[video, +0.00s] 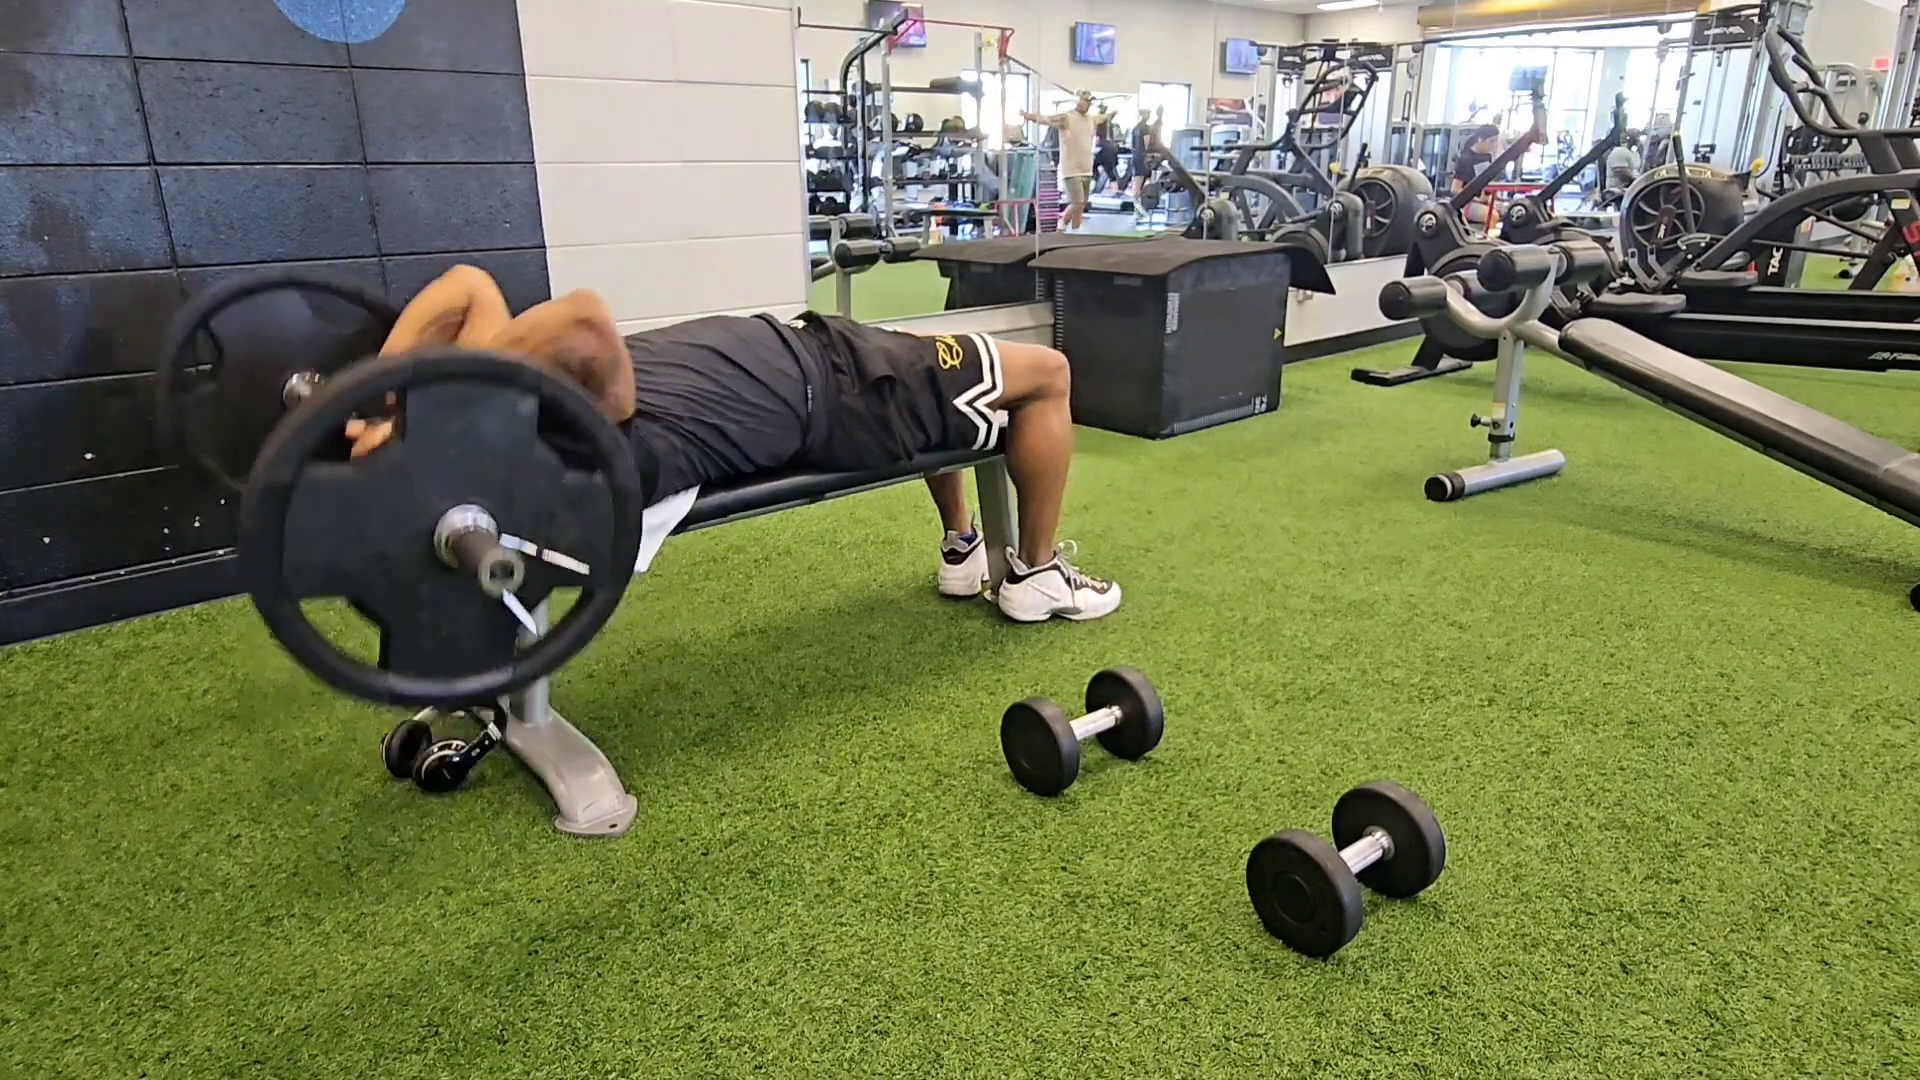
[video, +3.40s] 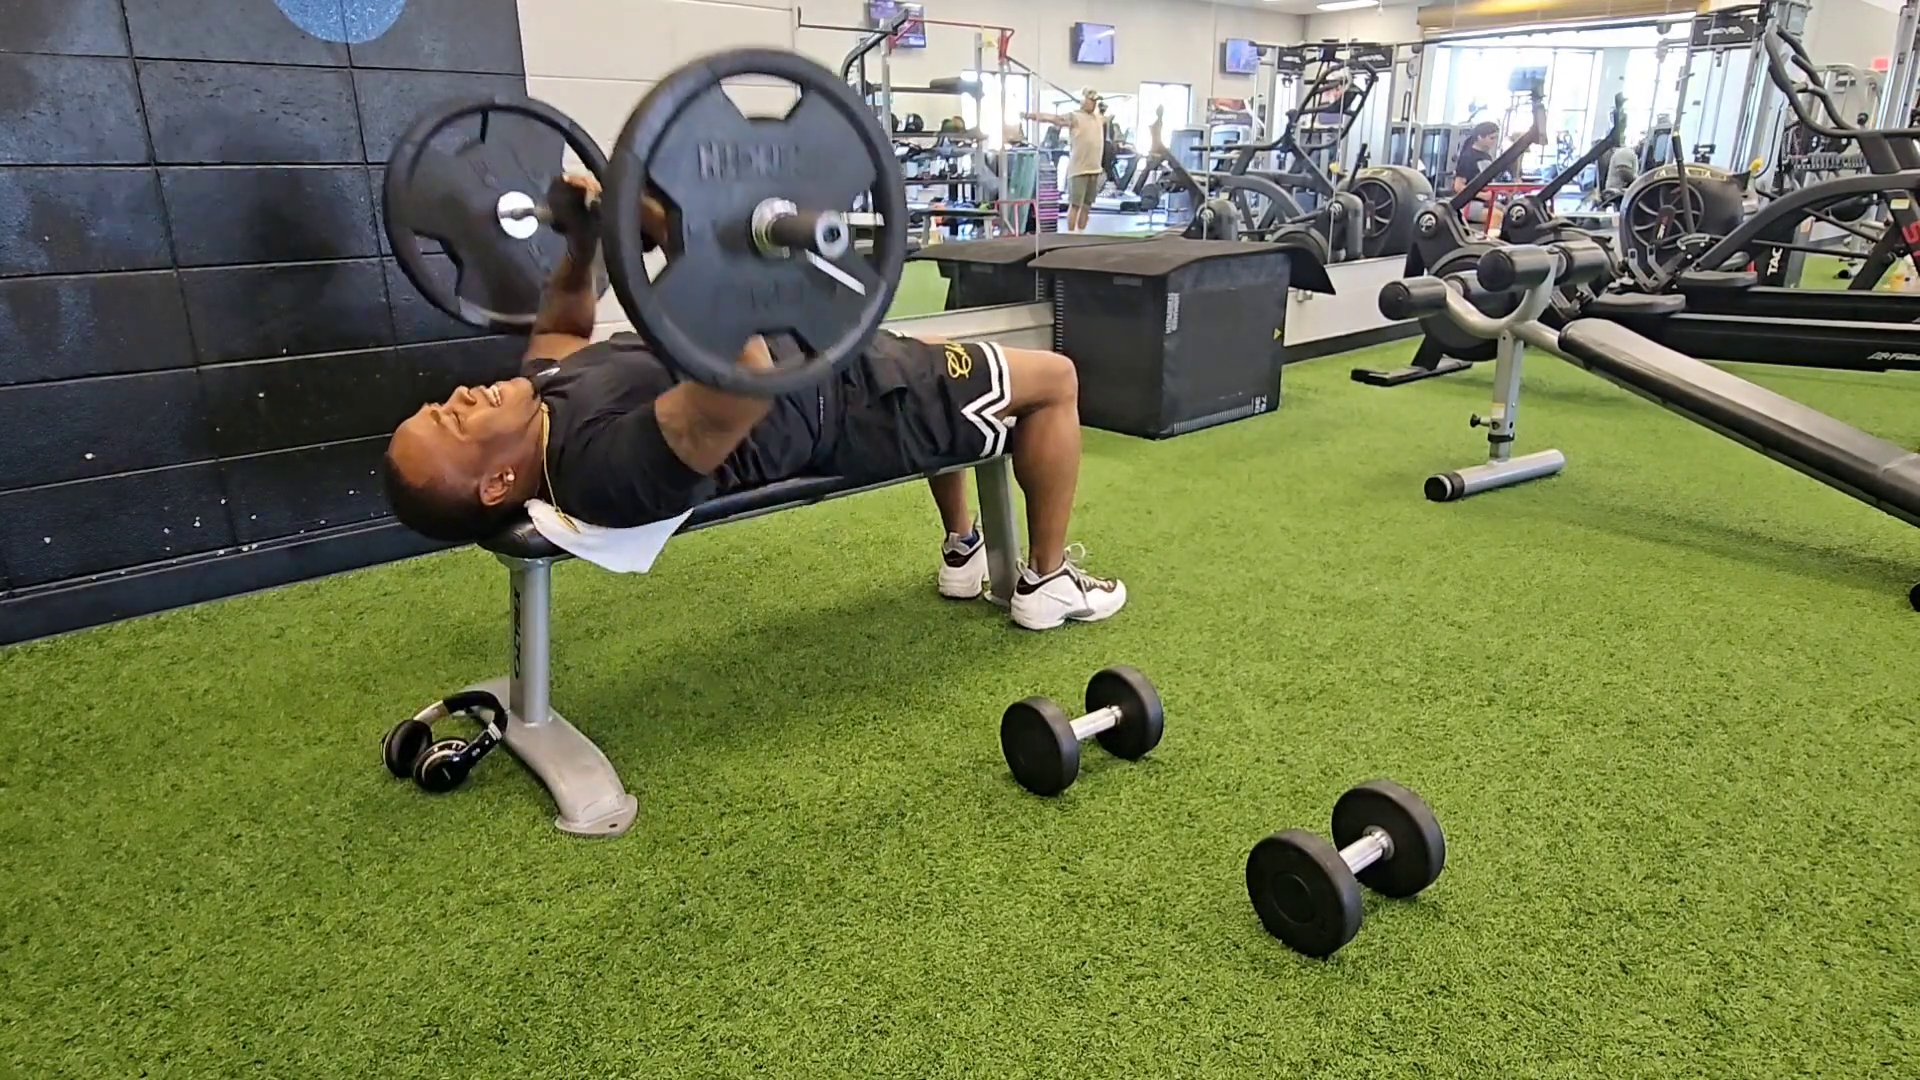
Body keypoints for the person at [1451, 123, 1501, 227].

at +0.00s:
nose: (1495, 145)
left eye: (1496, 141)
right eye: (1492, 141)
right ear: (1480, 140)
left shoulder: (1488, 157)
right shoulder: (1466, 158)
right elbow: (1455, 188)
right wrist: (1479, 198)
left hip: (1486, 199)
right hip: (1468, 202)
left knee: (1509, 209)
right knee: (1492, 215)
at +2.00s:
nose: (1488, 136)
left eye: (1488, 132)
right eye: (1483, 133)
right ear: (1471, 137)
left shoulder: (1484, 156)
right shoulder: (1464, 157)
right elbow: (1455, 185)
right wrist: (1480, 195)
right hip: (1469, 203)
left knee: (1508, 212)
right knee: (1496, 215)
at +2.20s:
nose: (1489, 136)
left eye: (1490, 132)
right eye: (1485, 133)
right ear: (1473, 137)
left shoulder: (1485, 156)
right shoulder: (1465, 157)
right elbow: (1454, 185)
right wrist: (1478, 195)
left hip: (1488, 201)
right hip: (1469, 202)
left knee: (1508, 212)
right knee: (1496, 215)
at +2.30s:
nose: (1490, 136)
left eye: (1490, 132)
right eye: (1485, 133)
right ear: (1473, 137)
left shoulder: (1485, 155)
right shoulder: (1465, 156)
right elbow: (1454, 185)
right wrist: (1479, 195)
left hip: (1488, 201)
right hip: (1469, 203)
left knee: (1509, 212)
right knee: (1496, 215)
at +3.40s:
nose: (1494, 141)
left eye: (1496, 138)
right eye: (1492, 138)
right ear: (1480, 137)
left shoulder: (1487, 156)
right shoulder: (1467, 156)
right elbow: (1458, 186)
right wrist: (1483, 195)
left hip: (1488, 201)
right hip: (1470, 202)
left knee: (1507, 212)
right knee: (1496, 215)